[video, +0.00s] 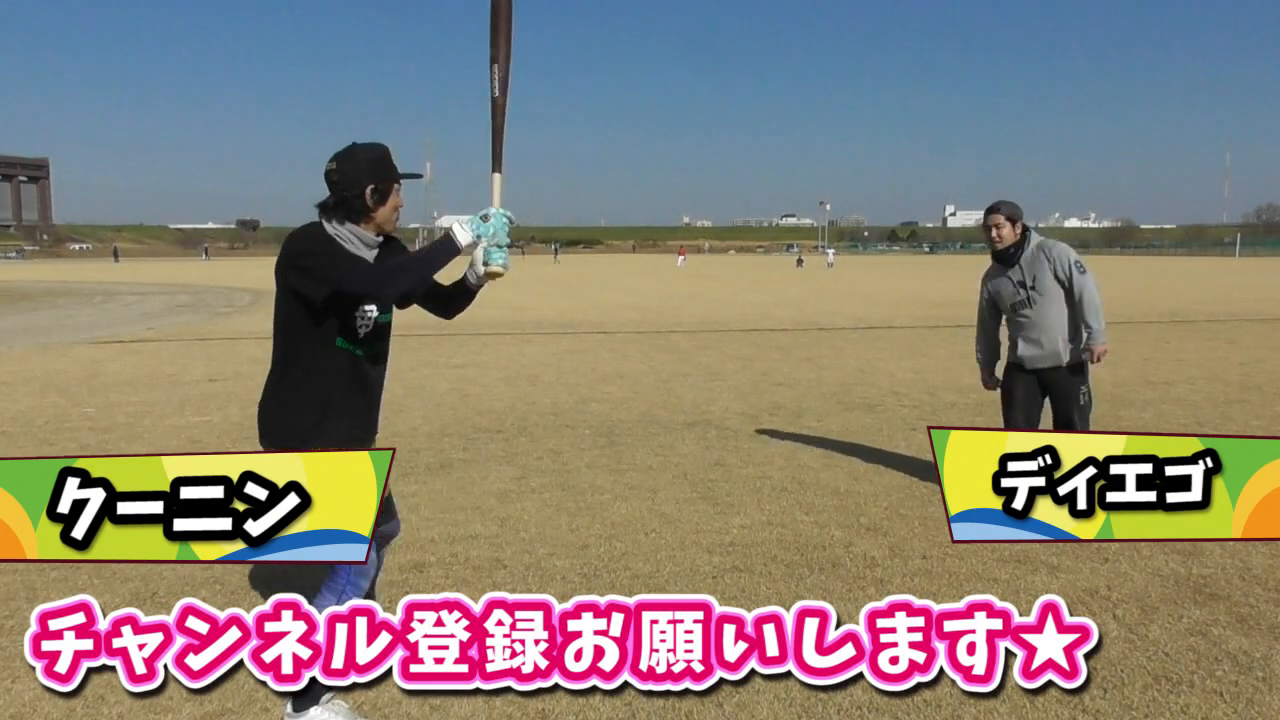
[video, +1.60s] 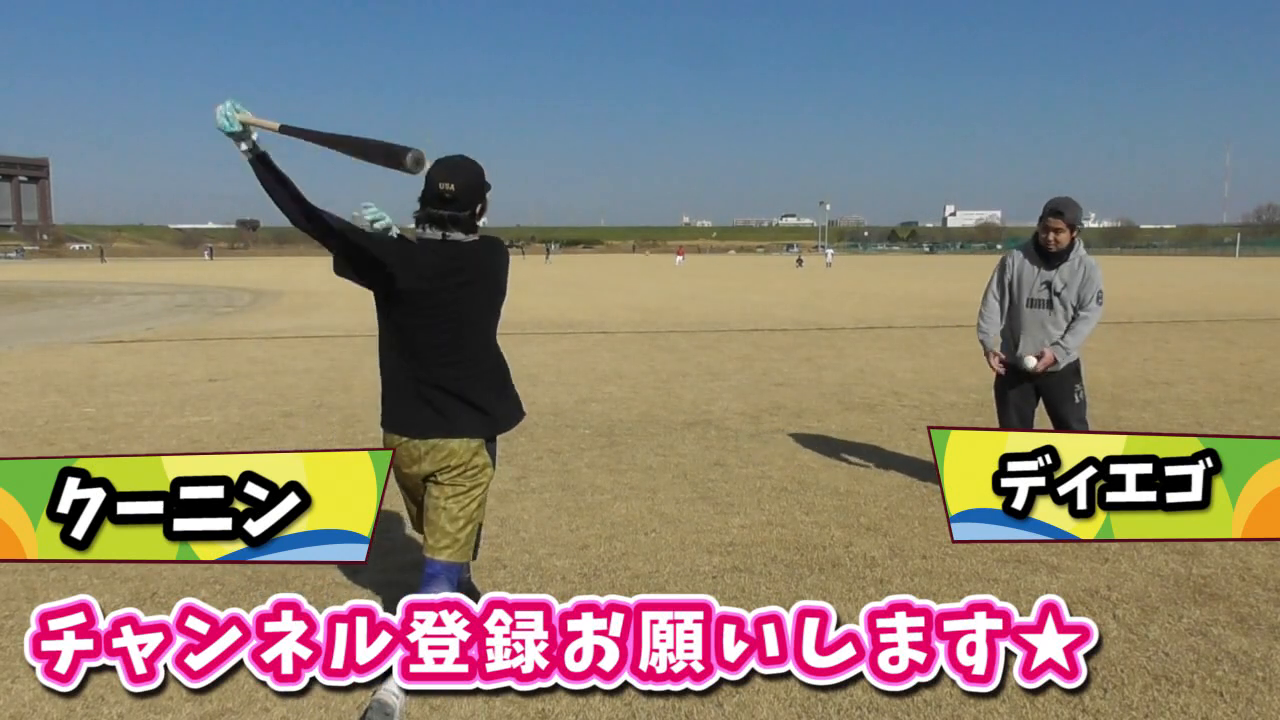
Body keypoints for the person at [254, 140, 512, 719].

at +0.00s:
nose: (402, 202)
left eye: (400, 192)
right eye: (396, 192)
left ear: (365, 197)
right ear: (371, 196)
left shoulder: (381, 253)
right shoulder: (309, 246)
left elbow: (445, 302)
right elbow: (375, 284)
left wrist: (479, 271)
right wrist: (453, 239)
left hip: (346, 433)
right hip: (305, 433)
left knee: (374, 530)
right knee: (376, 529)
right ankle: (309, 692)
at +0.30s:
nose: (393, 197)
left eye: (393, 190)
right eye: (389, 190)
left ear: (353, 192)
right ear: (365, 193)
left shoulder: (373, 245)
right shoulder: (283, 237)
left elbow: (417, 308)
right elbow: (299, 281)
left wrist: (406, 259)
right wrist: (377, 232)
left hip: (345, 406)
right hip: (287, 417)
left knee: (425, 503)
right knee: (344, 543)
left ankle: (414, 617)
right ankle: (307, 696)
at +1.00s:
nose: (455, 226)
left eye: (453, 216)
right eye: (446, 218)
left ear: (420, 225)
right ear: (416, 226)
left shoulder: (445, 274)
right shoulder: (338, 259)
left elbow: (417, 331)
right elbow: (281, 328)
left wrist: (363, 289)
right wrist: (331, 269)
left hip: (406, 428)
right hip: (343, 437)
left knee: (471, 514)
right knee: (369, 564)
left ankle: (475, 605)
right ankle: (305, 694)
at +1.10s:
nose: (478, 242)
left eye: (475, 233)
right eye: (469, 235)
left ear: (440, 243)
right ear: (440, 245)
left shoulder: (458, 287)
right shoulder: (369, 304)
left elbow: (469, 338)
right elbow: (380, 392)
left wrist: (442, 336)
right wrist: (417, 352)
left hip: (417, 449)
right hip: (371, 462)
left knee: (470, 512)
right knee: (408, 578)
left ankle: (469, 613)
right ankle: (311, 692)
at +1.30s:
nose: (484, 233)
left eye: (483, 224)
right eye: (482, 226)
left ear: (428, 222)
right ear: (467, 232)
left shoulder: (385, 256)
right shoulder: (466, 296)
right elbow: (506, 315)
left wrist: (459, 256)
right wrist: (483, 274)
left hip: (370, 426)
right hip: (424, 444)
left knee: (446, 511)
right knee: (434, 569)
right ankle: (348, 670)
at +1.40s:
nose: (496, 214)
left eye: (494, 206)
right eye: (494, 208)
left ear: (438, 208)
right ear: (483, 217)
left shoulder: (397, 256)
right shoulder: (500, 264)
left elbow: (381, 274)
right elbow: (450, 243)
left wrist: (398, 224)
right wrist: (400, 211)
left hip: (395, 420)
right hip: (457, 426)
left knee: (427, 521)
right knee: (438, 563)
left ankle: (458, 590)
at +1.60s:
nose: (485, 207)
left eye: (476, 198)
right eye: (484, 200)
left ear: (424, 203)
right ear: (478, 208)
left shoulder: (390, 254)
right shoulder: (493, 256)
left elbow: (305, 215)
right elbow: (444, 257)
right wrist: (394, 236)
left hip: (402, 435)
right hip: (464, 439)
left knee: (442, 549)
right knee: (444, 570)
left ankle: (479, 636)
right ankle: (393, 693)